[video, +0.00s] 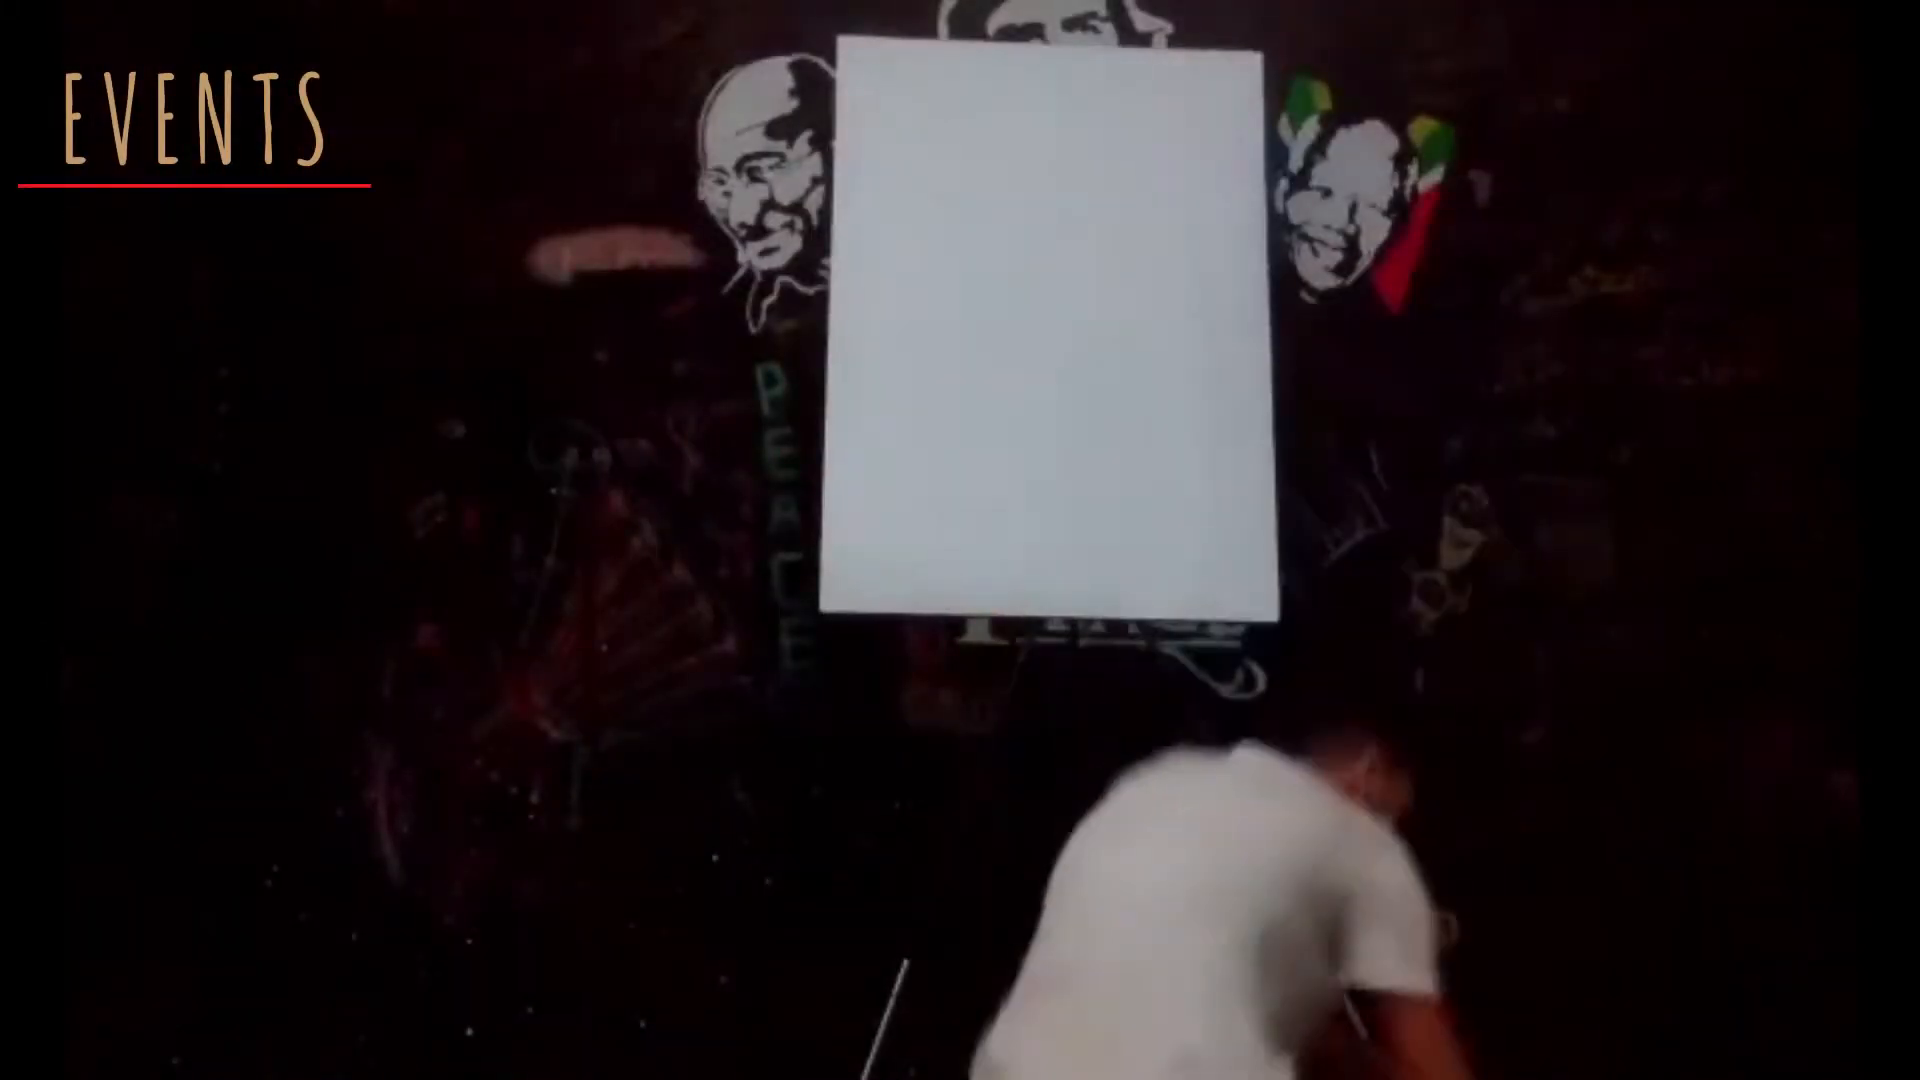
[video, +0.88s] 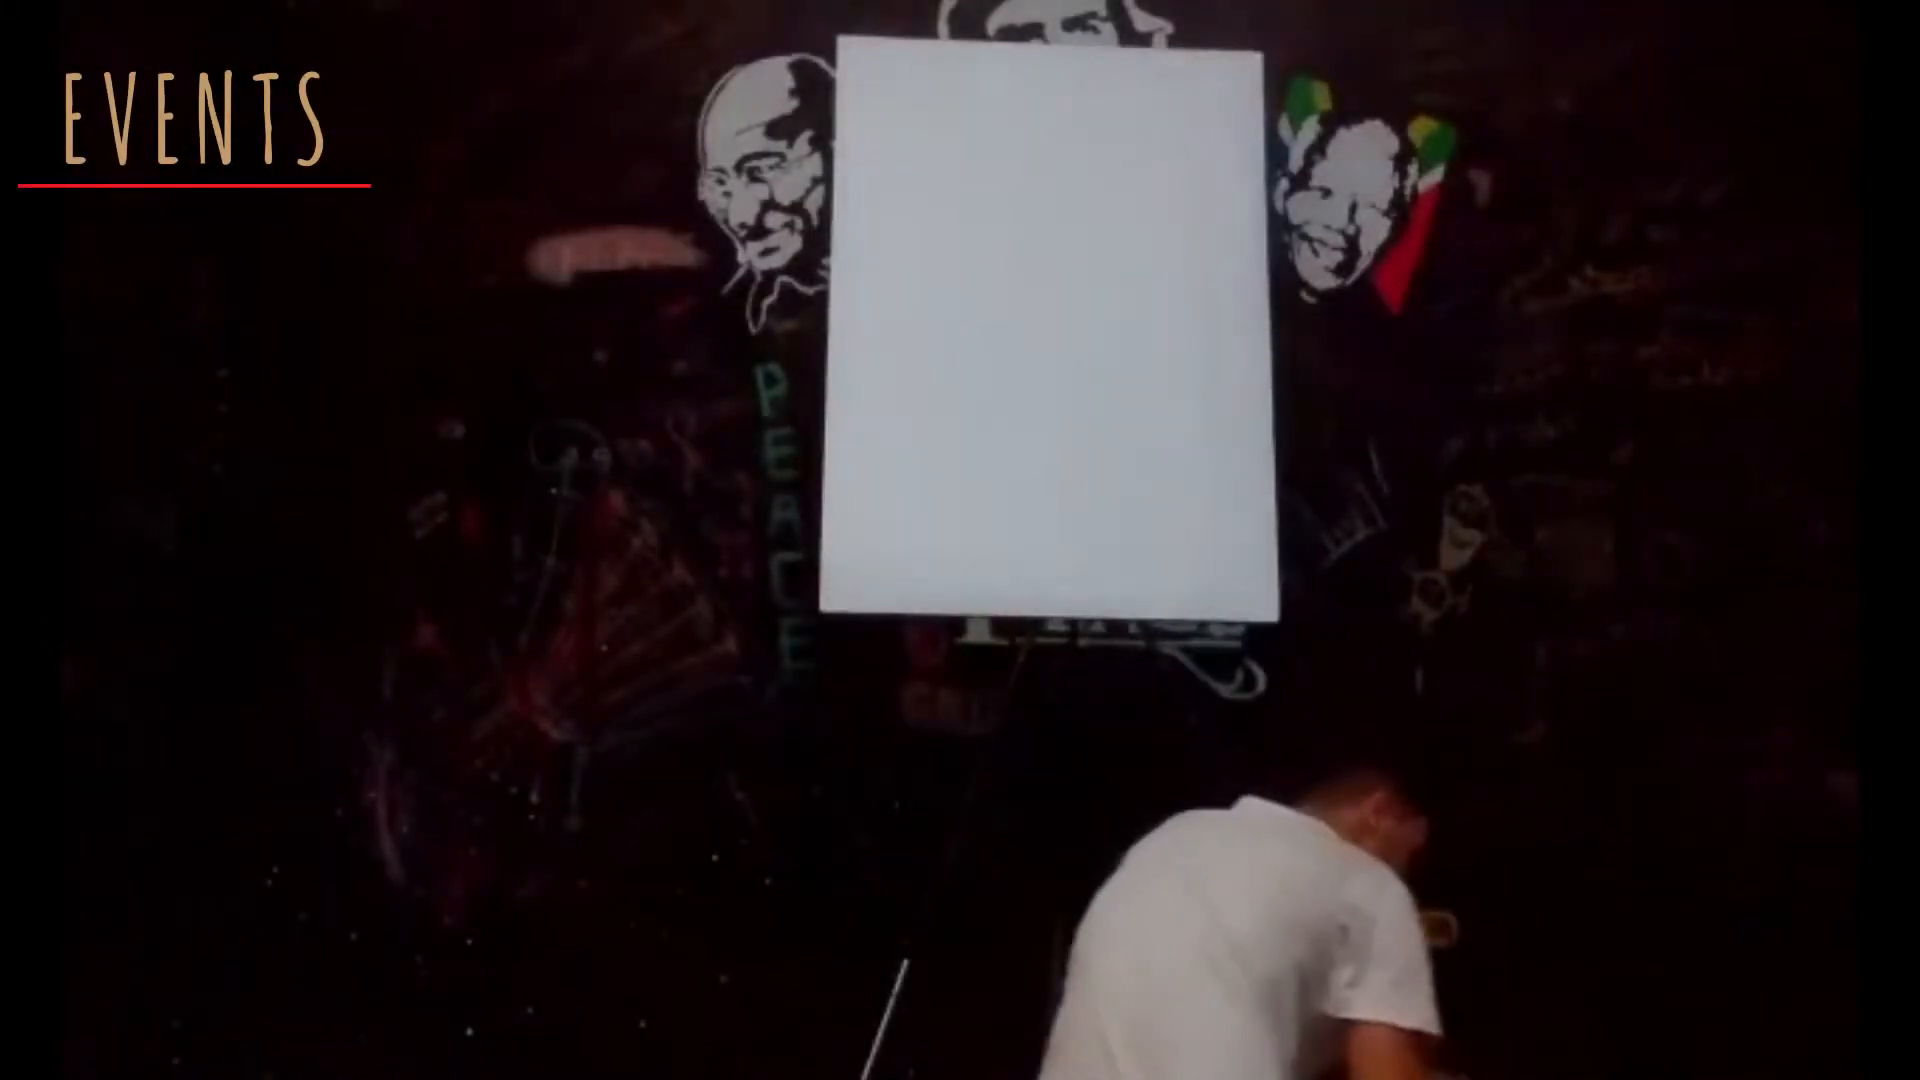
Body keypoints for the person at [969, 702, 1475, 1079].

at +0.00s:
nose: (1389, 832)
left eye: (1397, 820)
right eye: (1393, 815)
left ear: (1284, 747)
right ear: (1368, 776)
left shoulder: (1143, 783)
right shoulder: (1361, 845)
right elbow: (1426, 1061)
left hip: (1014, 1060)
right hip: (1201, 1059)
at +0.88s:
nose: (1401, 874)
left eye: (1410, 859)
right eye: (1407, 852)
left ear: (1306, 801)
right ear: (1379, 812)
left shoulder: (1174, 832)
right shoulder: (1367, 888)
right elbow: (1387, 1066)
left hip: (1068, 1064)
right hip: (1218, 1061)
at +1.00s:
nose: (1419, 873)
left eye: (1430, 859)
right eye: (1426, 852)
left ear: (1326, 800)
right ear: (1396, 813)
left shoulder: (1189, 830)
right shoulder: (1387, 892)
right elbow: (1405, 1068)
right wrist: (1426, 959)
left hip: (1079, 1067)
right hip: (1236, 1063)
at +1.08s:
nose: (1429, 873)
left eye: (1439, 858)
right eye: (1435, 852)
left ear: (1333, 802)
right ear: (1405, 814)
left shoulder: (1194, 828)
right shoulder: (1396, 893)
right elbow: (1417, 1065)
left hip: (1085, 1066)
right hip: (1247, 1062)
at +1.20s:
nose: (1440, 870)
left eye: (1451, 858)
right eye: (1448, 852)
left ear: (1348, 795)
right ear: (1421, 815)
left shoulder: (1203, 825)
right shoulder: (1418, 902)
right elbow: (1442, 1066)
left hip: (1102, 1068)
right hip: (1273, 1063)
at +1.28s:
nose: (1446, 874)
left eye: (1457, 860)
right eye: (1454, 854)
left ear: (1352, 795)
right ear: (1427, 816)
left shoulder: (1208, 826)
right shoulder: (1433, 907)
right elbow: (1463, 1063)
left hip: (1113, 1066)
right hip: (1284, 1061)